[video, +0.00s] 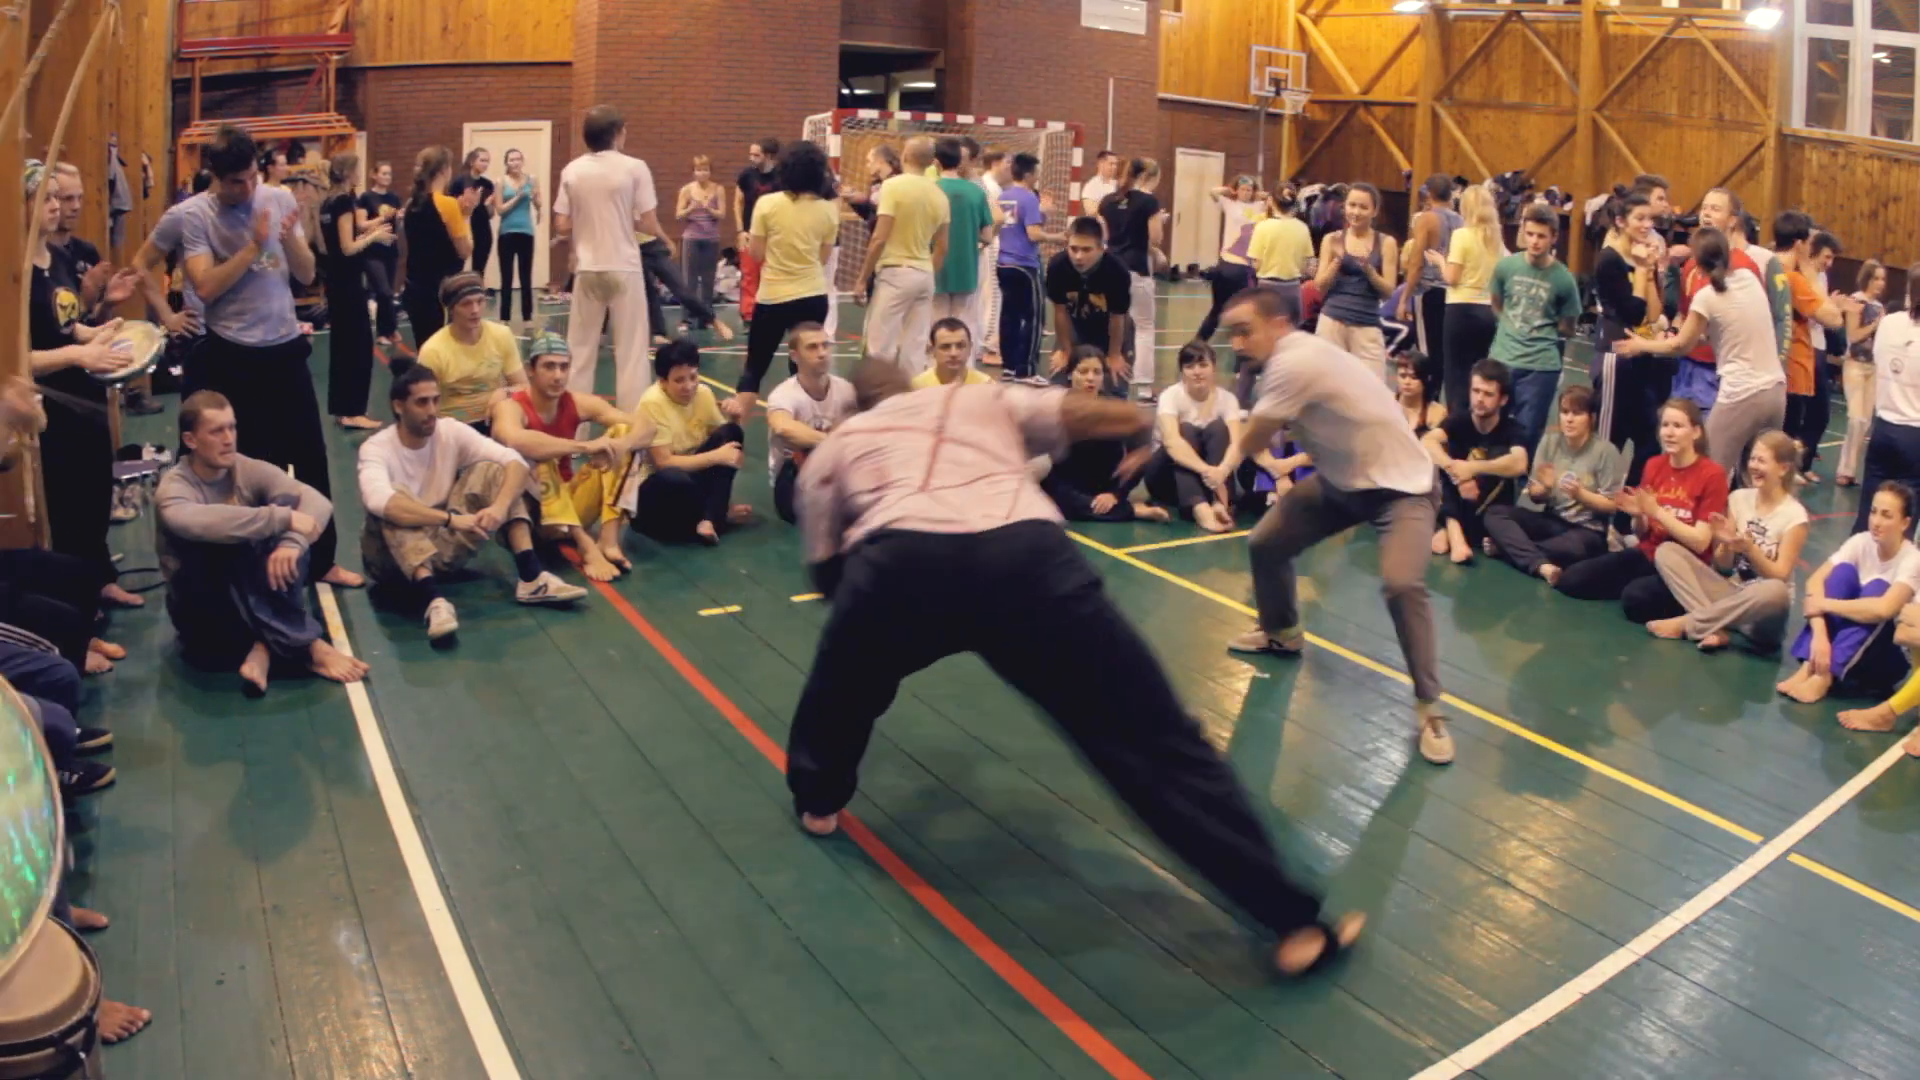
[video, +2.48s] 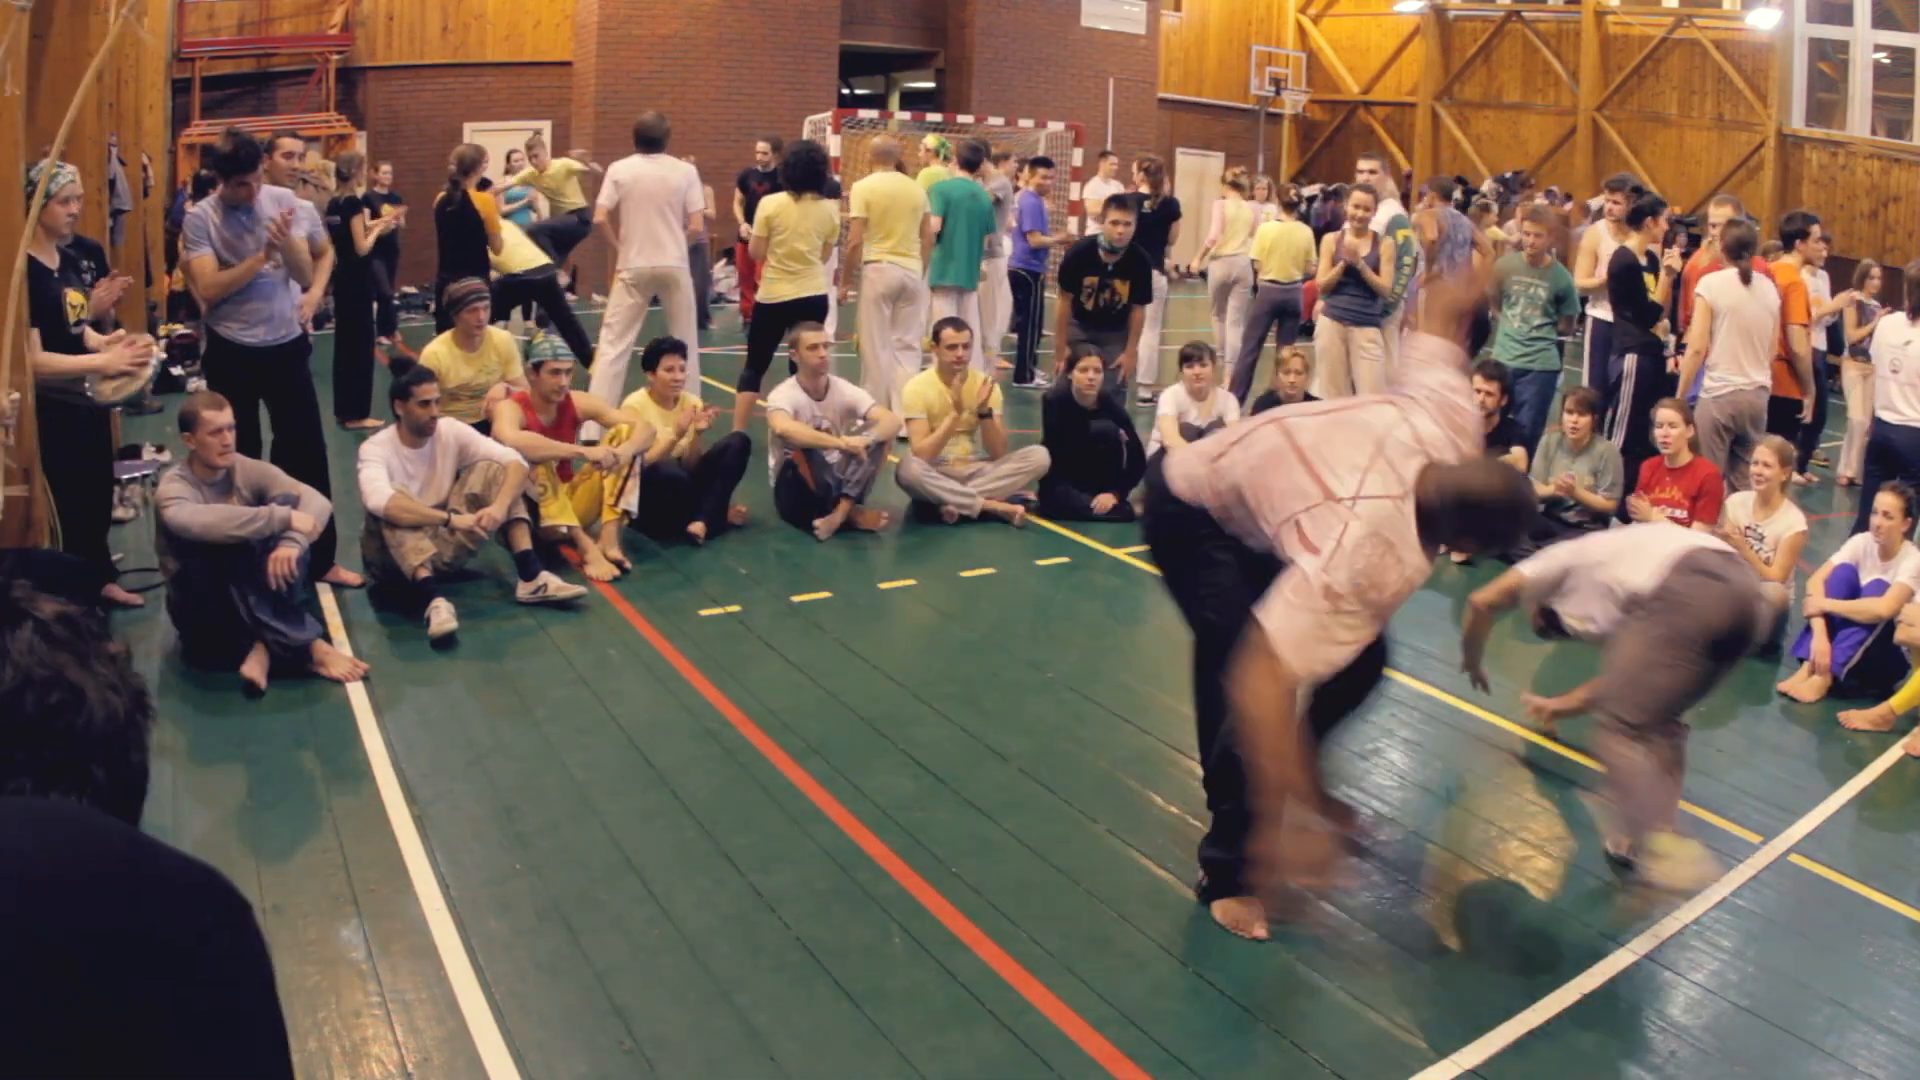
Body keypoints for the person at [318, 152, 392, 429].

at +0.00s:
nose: (363, 176)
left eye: (361, 171)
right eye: (360, 171)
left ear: (337, 172)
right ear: (350, 173)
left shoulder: (327, 203)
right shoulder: (344, 202)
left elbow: (337, 244)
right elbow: (348, 247)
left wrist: (366, 232)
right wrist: (374, 237)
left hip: (335, 279)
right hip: (348, 280)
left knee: (344, 340)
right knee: (359, 342)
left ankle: (341, 408)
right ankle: (353, 411)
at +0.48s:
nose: (362, 177)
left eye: (360, 171)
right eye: (359, 172)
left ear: (335, 173)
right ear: (351, 174)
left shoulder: (327, 204)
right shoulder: (348, 202)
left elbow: (340, 243)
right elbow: (357, 245)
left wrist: (369, 224)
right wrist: (374, 225)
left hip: (337, 278)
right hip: (353, 280)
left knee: (344, 341)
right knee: (358, 343)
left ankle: (341, 408)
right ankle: (353, 413)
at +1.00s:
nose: (369, 175)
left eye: (368, 170)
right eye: (367, 170)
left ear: (344, 171)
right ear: (356, 172)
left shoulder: (335, 202)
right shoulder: (350, 204)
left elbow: (349, 239)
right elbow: (357, 248)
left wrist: (373, 232)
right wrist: (381, 241)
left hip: (343, 280)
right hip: (356, 282)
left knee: (349, 342)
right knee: (360, 344)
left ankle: (347, 411)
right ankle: (355, 414)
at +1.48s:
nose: (370, 174)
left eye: (368, 169)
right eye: (367, 169)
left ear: (343, 172)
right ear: (357, 172)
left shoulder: (335, 203)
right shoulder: (355, 203)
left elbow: (346, 244)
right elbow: (361, 247)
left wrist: (377, 226)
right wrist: (381, 228)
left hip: (342, 280)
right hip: (358, 282)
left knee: (348, 343)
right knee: (361, 345)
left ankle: (347, 411)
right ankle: (356, 414)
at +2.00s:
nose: (369, 174)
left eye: (368, 169)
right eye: (367, 169)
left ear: (343, 171)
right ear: (356, 172)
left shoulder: (335, 203)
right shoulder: (353, 204)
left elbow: (353, 239)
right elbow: (359, 249)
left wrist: (381, 226)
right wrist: (383, 238)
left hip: (343, 281)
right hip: (358, 283)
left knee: (349, 344)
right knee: (361, 346)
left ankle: (346, 411)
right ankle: (356, 414)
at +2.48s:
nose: (370, 174)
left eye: (370, 169)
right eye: (368, 169)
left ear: (342, 171)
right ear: (358, 172)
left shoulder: (333, 203)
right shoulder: (355, 203)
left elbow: (346, 244)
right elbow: (361, 247)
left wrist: (374, 226)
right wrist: (378, 227)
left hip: (342, 281)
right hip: (359, 283)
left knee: (347, 343)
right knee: (361, 345)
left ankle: (346, 411)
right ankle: (356, 414)